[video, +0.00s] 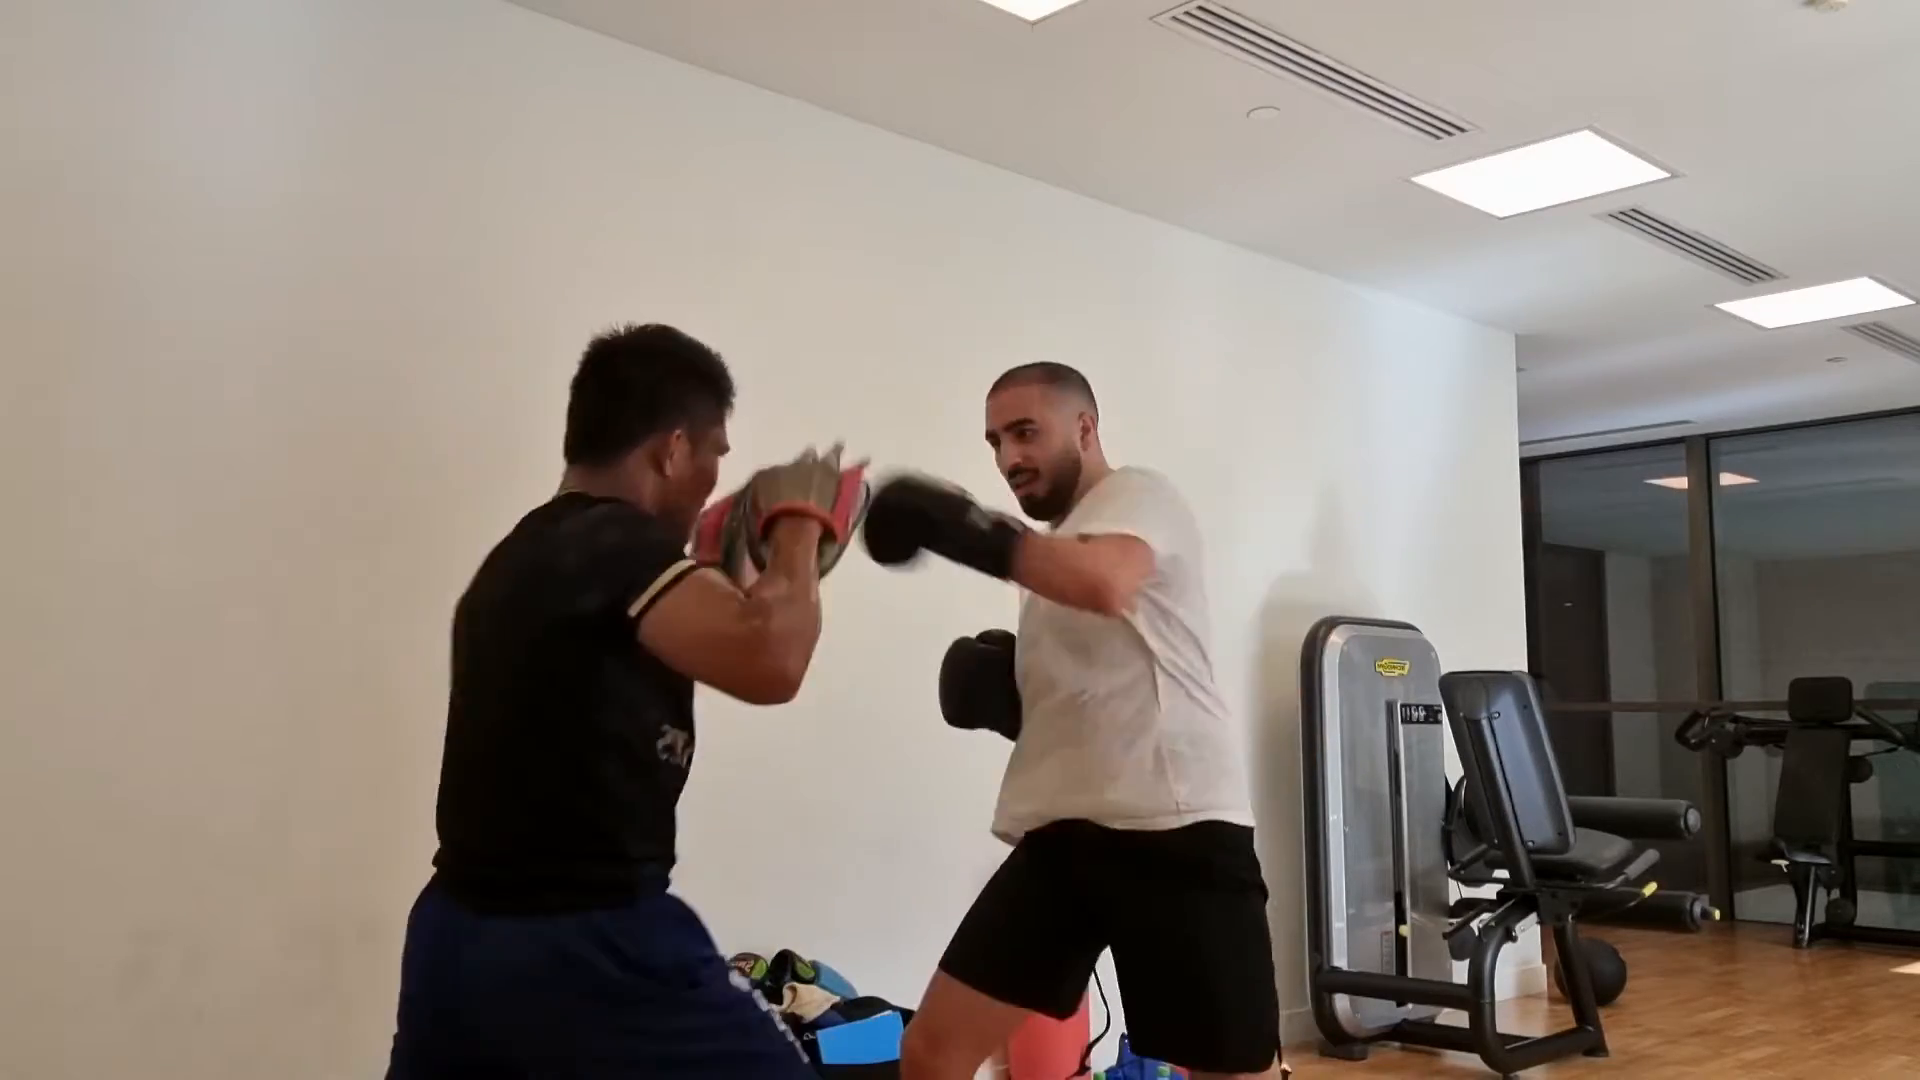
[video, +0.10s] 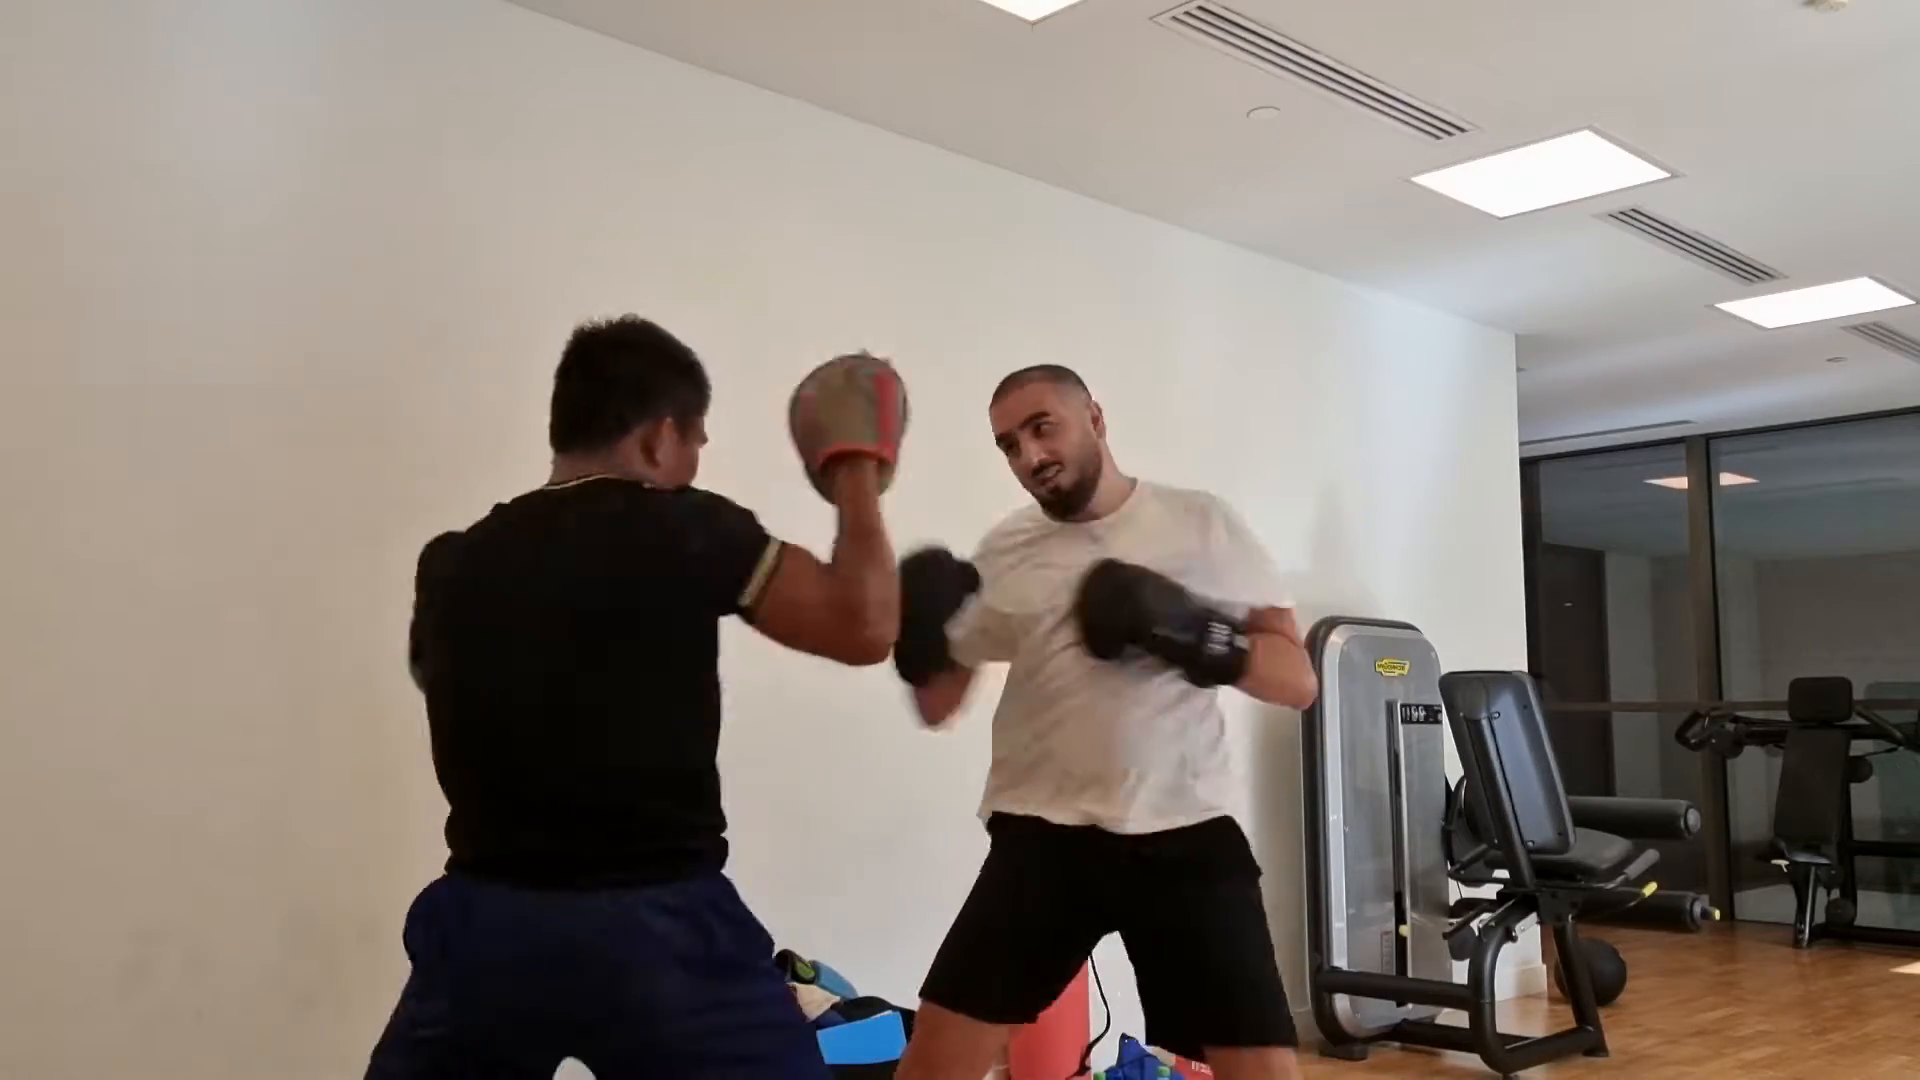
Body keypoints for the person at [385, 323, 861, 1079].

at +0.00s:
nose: (717, 477)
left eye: (721, 456)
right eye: (715, 454)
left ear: (584, 438)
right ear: (672, 450)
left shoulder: (516, 555)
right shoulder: (621, 547)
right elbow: (771, 662)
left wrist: (713, 569)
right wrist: (797, 530)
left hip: (458, 938)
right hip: (598, 949)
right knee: (772, 1062)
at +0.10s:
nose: (696, 469)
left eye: (703, 450)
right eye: (698, 448)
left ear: (564, 433)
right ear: (660, 435)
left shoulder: (449, 562)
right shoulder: (686, 527)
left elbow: (437, 683)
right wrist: (857, 469)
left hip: (483, 946)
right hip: (668, 943)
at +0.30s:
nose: (793, 461)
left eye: (798, 437)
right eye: (793, 434)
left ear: (662, 419)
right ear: (748, 431)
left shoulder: (568, 544)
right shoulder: (704, 544)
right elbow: (799, 729)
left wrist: (892, 655)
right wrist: (923, 635)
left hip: (509, 929)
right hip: (651, 947)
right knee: (816, 1065)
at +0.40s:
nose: (810, 493)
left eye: (815, 470)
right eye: (809, 467)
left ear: (677, 445)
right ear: (762, 464)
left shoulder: (581, 559)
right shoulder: (693, 565)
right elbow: (709, 765)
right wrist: (877, 711)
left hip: (509, 943)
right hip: (636, 966)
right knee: (815, 1063)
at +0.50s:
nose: (721, 461)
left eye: (723, 439)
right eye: (717, 438)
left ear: (582, 436)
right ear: (674, 444)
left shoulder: (476, 579)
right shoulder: (676, 555)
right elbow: (719, 756)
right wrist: (815, 755)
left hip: (474, 963)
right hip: (634, 973)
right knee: (801, 1061)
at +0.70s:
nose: (519, 427)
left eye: (522, 402)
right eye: (514, 400)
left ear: (368, 400)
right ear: (455, 395)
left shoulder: (243, 542)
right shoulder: (500, 504)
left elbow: (241, 732)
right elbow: (561, 699)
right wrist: (579, 742)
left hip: (279, 950)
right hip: (466, 945)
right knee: (632, 1061)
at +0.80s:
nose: (458, 413)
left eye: (461, 385)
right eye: (453, 382)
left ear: (300, 378)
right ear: (388, 372)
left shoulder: (166, 517)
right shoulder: (428, 481)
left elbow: (195, 711)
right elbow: (469, 679)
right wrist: (511, 726)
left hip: (202, 937)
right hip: (398, 926)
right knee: (570, 1061)